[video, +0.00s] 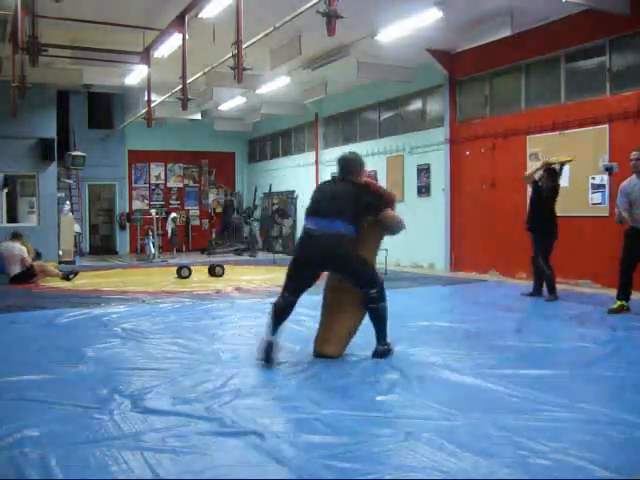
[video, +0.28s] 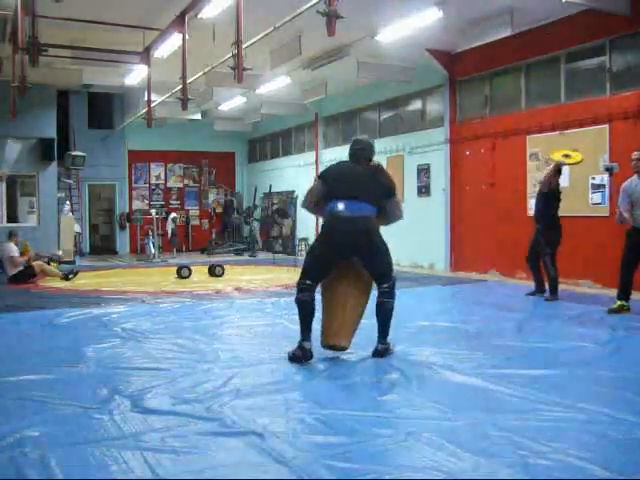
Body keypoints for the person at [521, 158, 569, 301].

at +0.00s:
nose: (541, 175)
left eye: (543, 174)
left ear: (544, 176)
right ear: (555, 178)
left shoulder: (539, 187)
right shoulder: (555, 187)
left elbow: (527, 178)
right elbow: (556, 176)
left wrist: (540, 167)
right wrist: (562, 165)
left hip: (539, 224)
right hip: (550, 222)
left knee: (540, 257)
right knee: (540, 257)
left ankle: (552, 291)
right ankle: (537, 289)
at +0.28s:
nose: (547, 177)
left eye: (550, 176)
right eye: (549, 175)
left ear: (552, 177)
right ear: (554, 177)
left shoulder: (549, 191)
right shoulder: (547, 189)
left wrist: (542, 226)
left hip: (549, 228)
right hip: (544, 227)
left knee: (548, 258)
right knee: (532, 257)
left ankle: (553, 292)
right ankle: (539, 287)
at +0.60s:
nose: (551, 174)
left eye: (554, 171)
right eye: (549, 171)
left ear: (560, 174)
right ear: (547, 173)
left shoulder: (563, 192)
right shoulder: (545, 183)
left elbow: (562, 204)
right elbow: (543, 166)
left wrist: (564, 186)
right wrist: (560, 157)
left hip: (553, 228)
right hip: (540, 225)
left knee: (552, 261)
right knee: (529, 256)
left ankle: (554, 292)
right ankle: (533, 286)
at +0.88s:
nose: (556, 177)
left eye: (559, 174)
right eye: (554, 174)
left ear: (564, 177)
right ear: (550, 177)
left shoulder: (564, 194)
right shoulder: (542, 191)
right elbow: (531, 182)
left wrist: (569, 215)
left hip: (553, 232)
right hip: (537, 231)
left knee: (552, 264)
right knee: (533, 264)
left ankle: (553, 293)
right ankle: (529, 291)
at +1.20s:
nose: (555, 177)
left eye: (557, 174)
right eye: (552, 174)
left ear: (561, 177)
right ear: (548, 178)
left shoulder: (567, 199)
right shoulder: (539, 194)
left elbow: (568, 218)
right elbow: (529, 209)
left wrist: (568, 225)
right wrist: (540, 213)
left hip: (556, 235)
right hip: (538, 233)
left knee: (553, 265)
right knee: (532, 264)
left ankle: (554, 293)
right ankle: (529, 291)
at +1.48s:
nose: (544, 178)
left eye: (548, 176)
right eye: (543, 175)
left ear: (554, 178)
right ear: (541, 178)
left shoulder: (563, 198)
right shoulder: (536, 194)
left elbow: (569, 215)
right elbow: (531, 210)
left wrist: (562, 226)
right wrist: (529, 217)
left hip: (556, 235)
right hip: (539, 233)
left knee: (554, 265)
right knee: (536, 263)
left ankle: (554, 292)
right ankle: (537, 290)